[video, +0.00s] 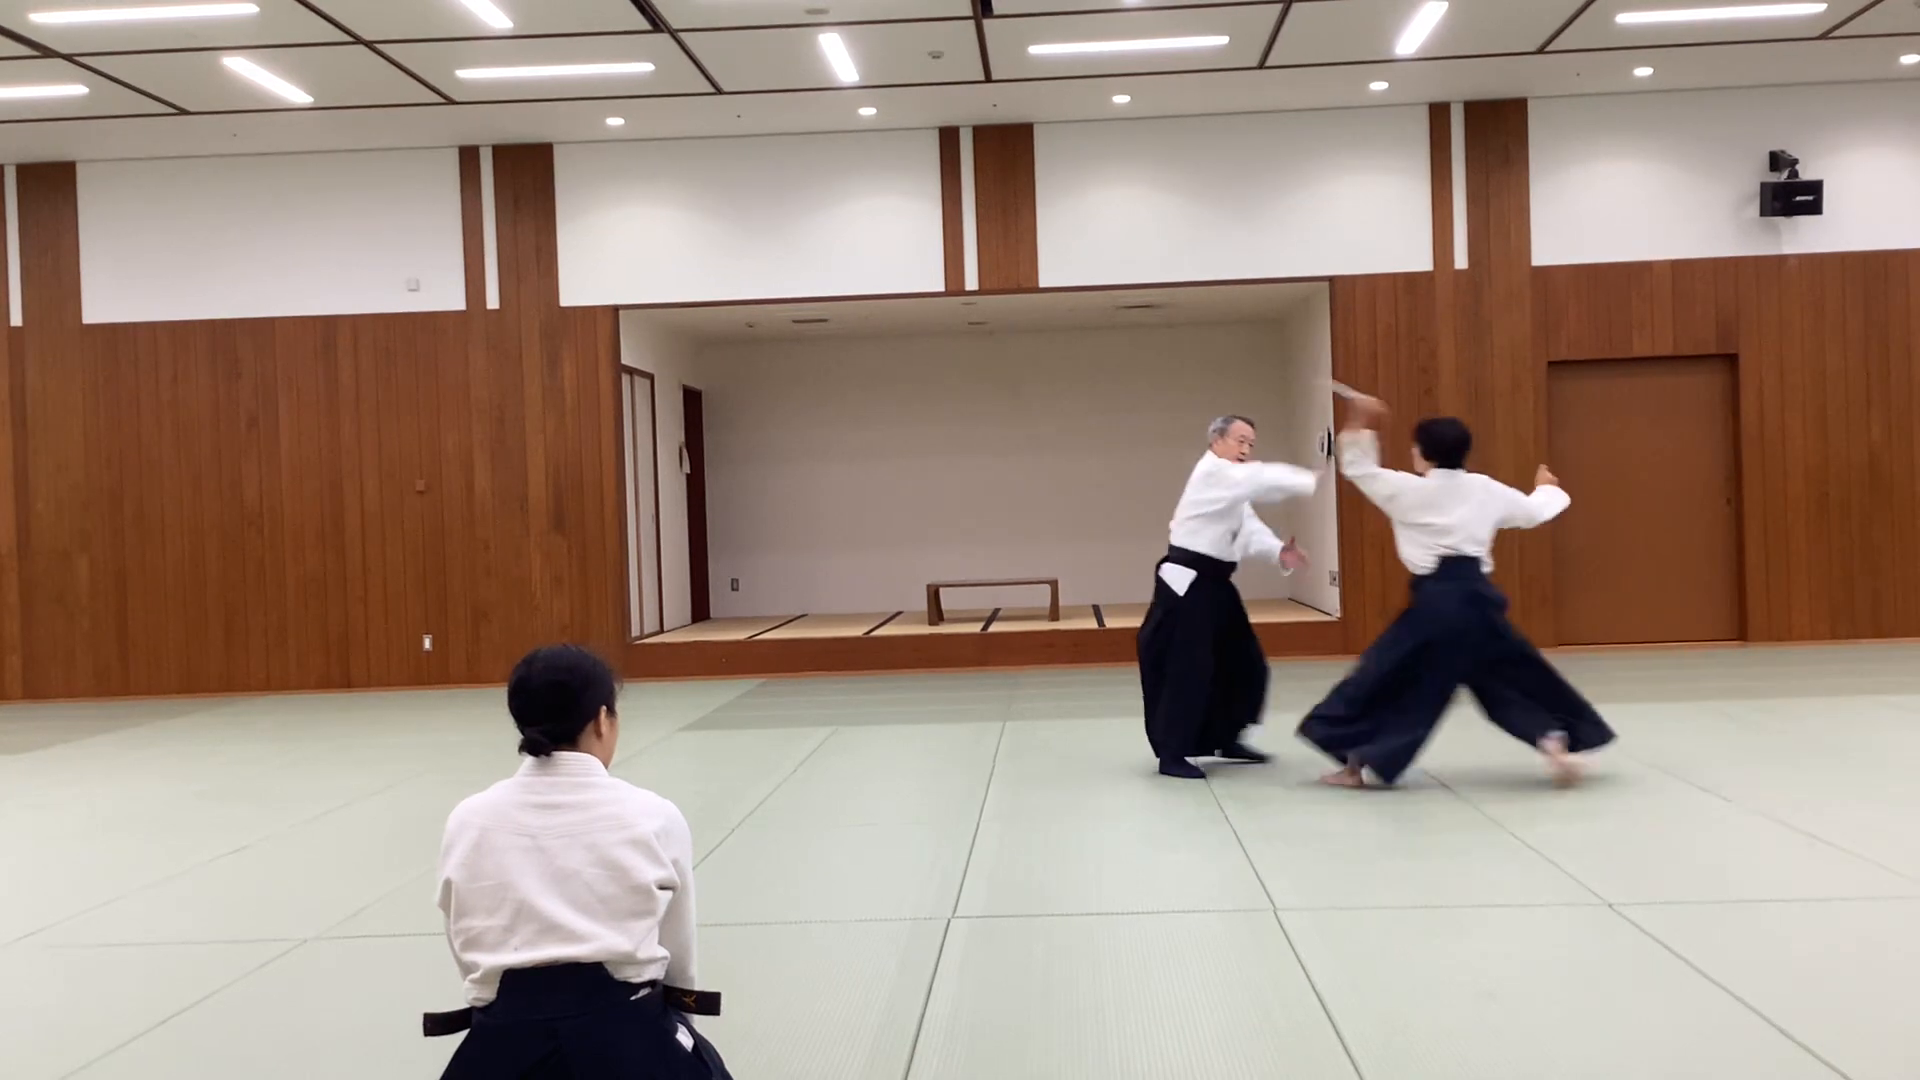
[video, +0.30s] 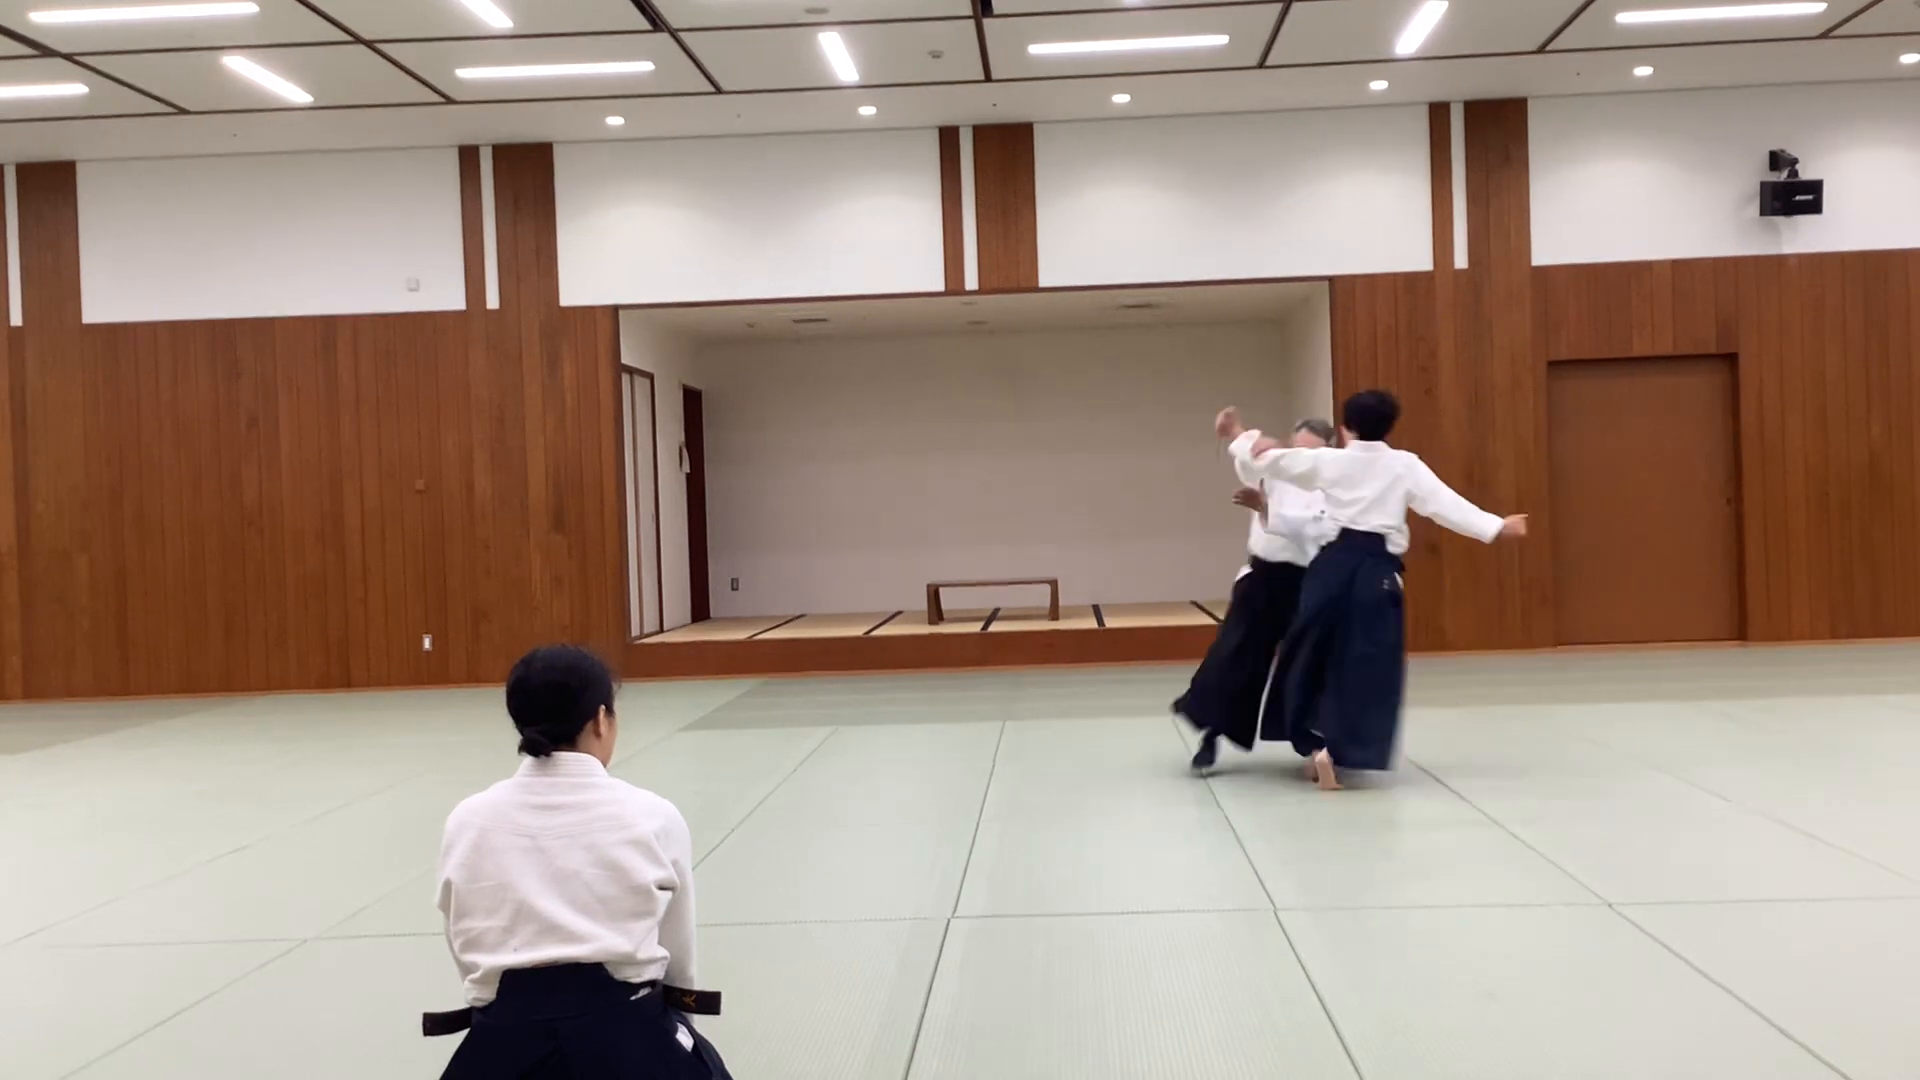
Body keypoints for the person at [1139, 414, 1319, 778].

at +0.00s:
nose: (1248, 449)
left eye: (1251, 444)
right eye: (1241, 441)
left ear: (1250, 449)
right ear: (1217, 441)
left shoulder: (1233, 480)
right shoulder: (1210, 470)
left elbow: (1248, 528)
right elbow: (1258, 477)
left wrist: (1278, 551)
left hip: (1215, 583)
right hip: (1186, 580)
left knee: (1244, 663)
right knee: (1185, 666)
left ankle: (1225, 738)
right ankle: (1171, 755)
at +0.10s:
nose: (1273, 448)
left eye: (1278, 442)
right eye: (1264, 440)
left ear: (1282, 449)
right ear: (1241, 444)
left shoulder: (1271, 494)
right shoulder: (1226, 473)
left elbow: (1281, 546)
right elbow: (1270, 460)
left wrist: (1292, 538)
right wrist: (1324, 441)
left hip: (1240, 587)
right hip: (1203, 581)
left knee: (1273, 662)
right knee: (1195, 668)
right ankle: (1174, 757)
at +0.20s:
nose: (1290, 456)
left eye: (1298, 448)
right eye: (1283, 448)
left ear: (1307, 456)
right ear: (1267, 452)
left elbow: (1303, 529)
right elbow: (1263, 453)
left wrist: (1281, 510)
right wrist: (1286, 429)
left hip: (1266, 590)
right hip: (1227, 584)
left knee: (1301, 654)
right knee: (1210, 667)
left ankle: (1297, 739)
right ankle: (1177, 751)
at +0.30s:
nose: (1301, 455)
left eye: (1311, 449)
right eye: (1297, 447)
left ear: (1326, 451)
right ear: (1291, 443)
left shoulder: (1329, 486)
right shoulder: (1274, 474)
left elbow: (1325, 530)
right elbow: (1248, 460)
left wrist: (1266, 509)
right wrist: (1238, 436)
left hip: (1304, 574)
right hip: (1261, 570)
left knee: (1306, 656)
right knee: (1236, 649)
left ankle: (1314, 742)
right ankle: (1211, 735)